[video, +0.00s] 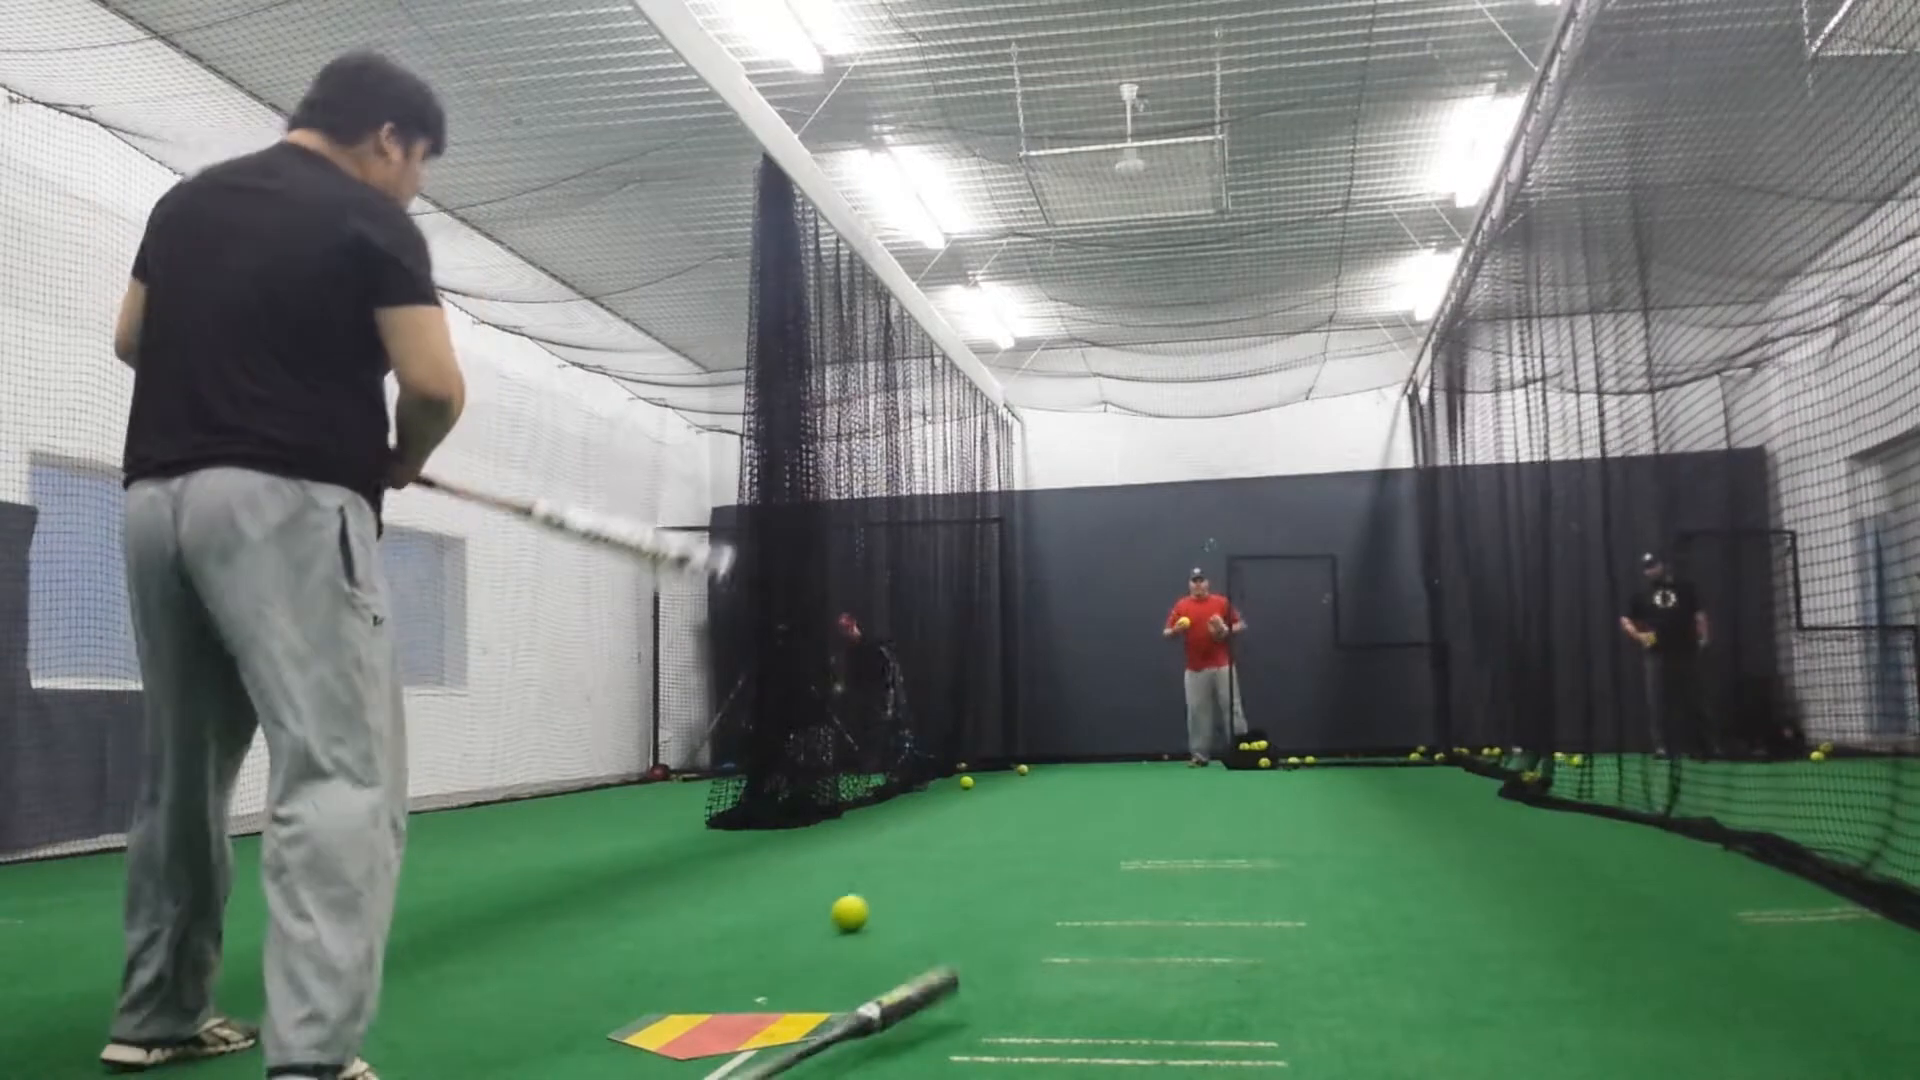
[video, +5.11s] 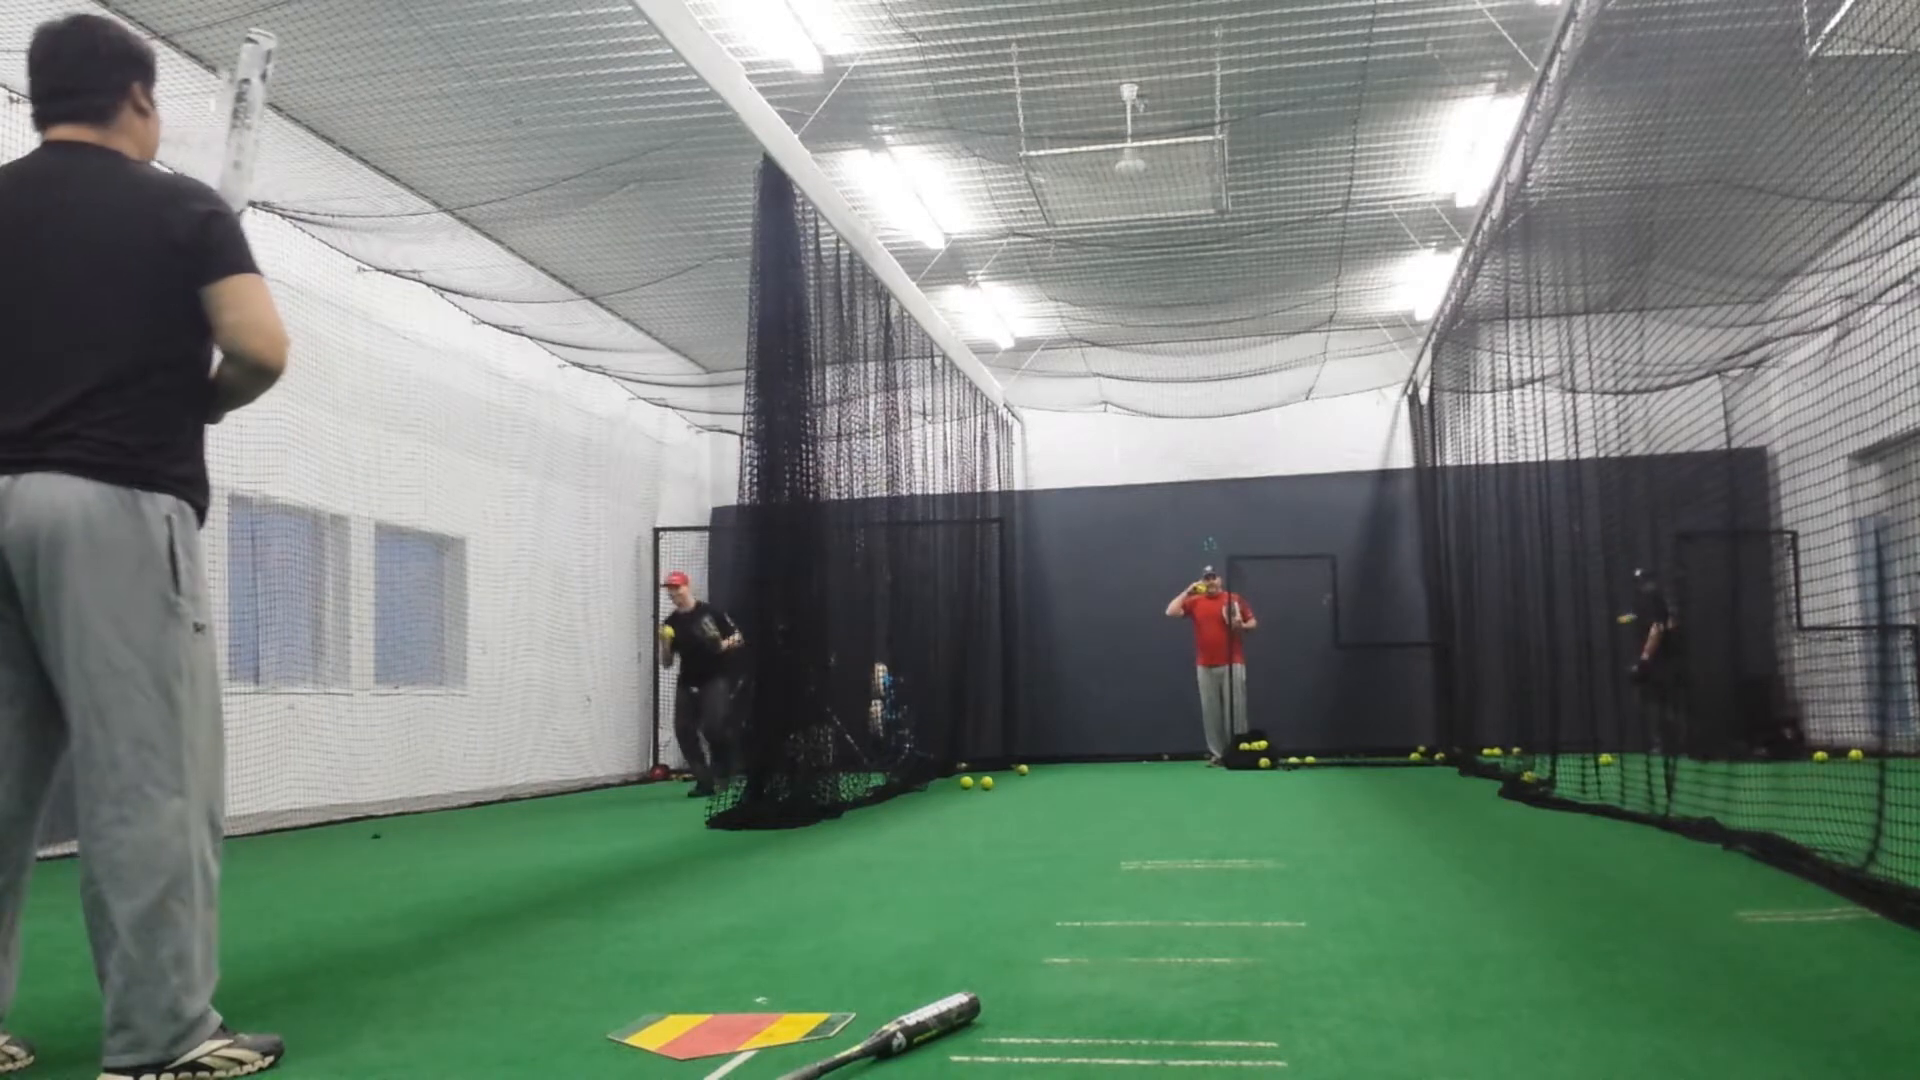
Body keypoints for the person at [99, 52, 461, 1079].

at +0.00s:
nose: (414, 194)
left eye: (423, 176)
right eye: (419, 171)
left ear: (309, 123)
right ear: (384, 140)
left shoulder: (191, 193)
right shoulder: (373, 220)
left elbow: (131, 333)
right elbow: (437, 389)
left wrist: (226, 392)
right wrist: (406, 455)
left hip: (156, 503)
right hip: (280, 500)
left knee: (184, 768)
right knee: (336, 774)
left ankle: (156, 1015)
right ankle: (314, 1052)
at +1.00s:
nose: (393, 214)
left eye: (399, 197)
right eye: (391, 192)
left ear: (307, 168)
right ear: (346, 167)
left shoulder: (221, 227)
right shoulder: (331, 231)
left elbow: (264, 379)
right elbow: (388, 384)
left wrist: (388, 416)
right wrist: (440, 379)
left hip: (134, 497)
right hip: (238, 507)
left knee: (156, 767)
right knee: (257, 765)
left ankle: (150, 1009)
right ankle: (245, 1015)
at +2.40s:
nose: (344, 184)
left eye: (342, 166)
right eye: (341, 165)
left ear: (236, 159)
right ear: (314, 162)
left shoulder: (179, 239)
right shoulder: (313, 262)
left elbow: (207, 399)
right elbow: (367, 431)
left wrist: (312, 497)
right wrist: (378, 532)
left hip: (105, 515)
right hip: (209, 521)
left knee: (134, 771)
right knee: (242, 771)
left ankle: (150, 1008)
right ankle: (244, 1016)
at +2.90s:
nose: (270, 190)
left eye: (267, 173)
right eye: (267, 171)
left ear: (171, 167)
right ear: (240, 165)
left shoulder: (148, 237)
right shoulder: (221, 231)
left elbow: (209, 407)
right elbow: (237, 354)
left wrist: (335, 439)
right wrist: (350, 422)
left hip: (102, 516)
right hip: (172, 516)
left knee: (139, 769)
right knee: (232, 756)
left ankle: (152, 1008)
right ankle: (249, 1005)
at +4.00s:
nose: (259, 127)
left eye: (254, 110)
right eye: (255, 109)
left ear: (148, 114)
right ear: (231, 107)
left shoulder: (89, 217)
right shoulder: (237, 201)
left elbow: (83, 370)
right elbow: (274, 332)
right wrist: (339, 382)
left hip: (85, 510)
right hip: (185, 515)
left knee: (144, 768)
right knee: (190, 776)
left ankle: (175, 994)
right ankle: (157, 1031)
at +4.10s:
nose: (260, 123)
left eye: (256, 106)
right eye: (257, 106)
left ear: (147, 108)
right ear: (234, 104)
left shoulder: (81, 212)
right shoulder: (247, 203)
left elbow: (52, 370)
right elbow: (290, 337)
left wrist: (106, 444)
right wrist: (344, 385)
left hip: (73, 510)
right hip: (182, 516)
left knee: (132, 769)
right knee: (186, 773)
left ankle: (167, 992)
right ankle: (156, 1033)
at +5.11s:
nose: (163, 120)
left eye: (158, 103)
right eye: (159, 103)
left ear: (38, 109)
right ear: (137, 101)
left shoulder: (2, 194)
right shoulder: (182, 204)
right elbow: (260, 349)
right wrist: (198, 397)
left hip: (5, 510)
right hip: (113, 511)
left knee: (6, 787)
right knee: (145, 779)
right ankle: (159, 1035)